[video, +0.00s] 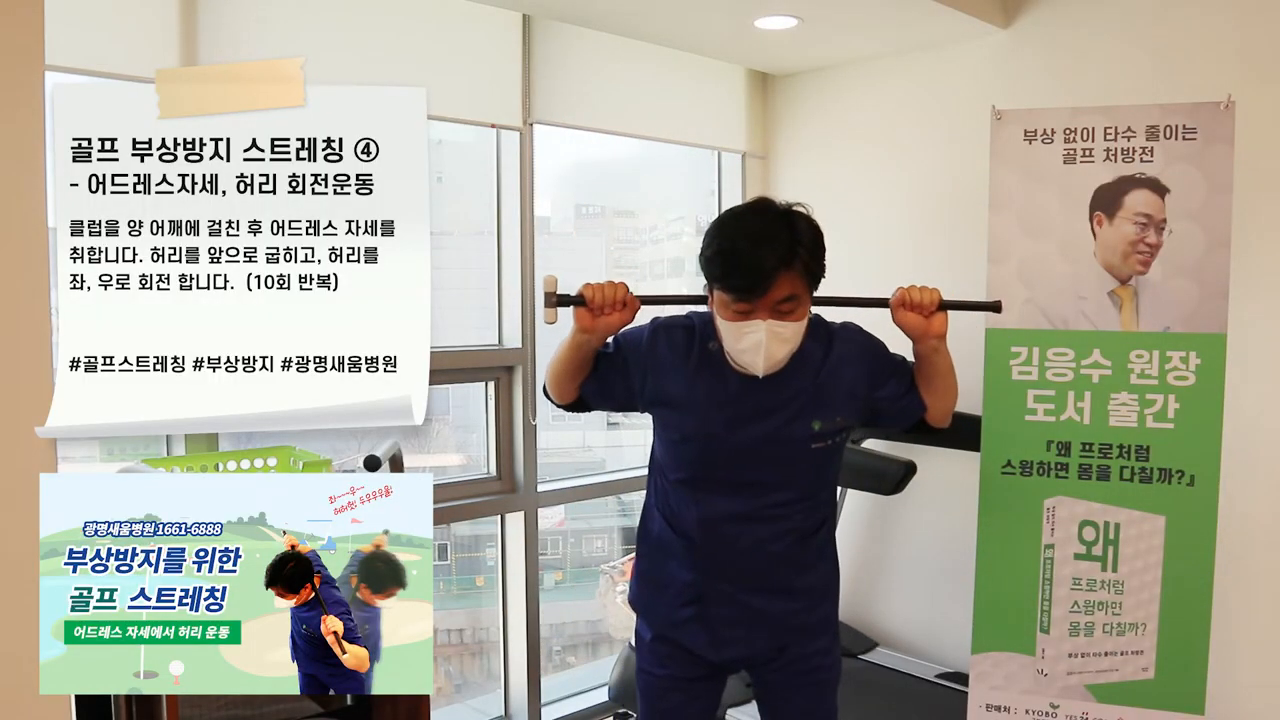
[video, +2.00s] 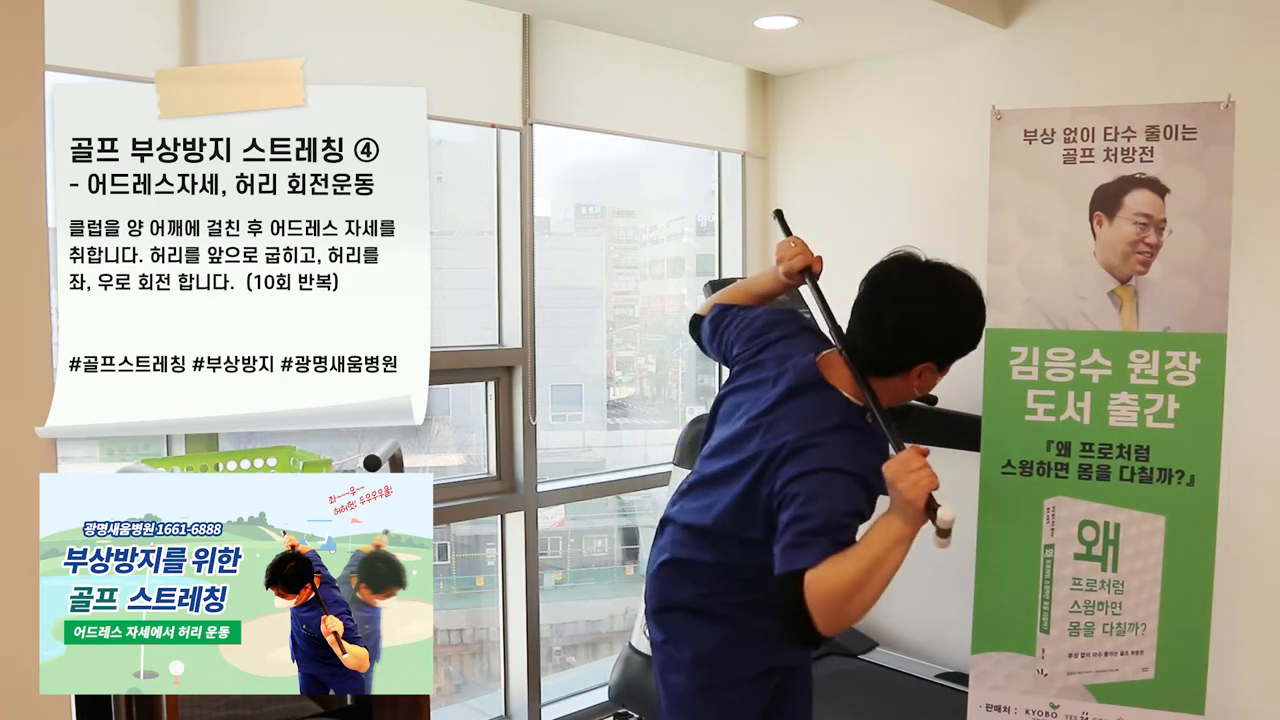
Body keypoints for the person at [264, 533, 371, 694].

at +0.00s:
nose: (278, 599)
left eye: (283, 596)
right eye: (276, 594)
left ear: (306, 590)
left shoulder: (334, 607)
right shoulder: (312, 570)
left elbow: (363, 665)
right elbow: (308, 552)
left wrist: (335, 642)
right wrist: (297, 547)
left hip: (344, 673)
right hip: (310, 667)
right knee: (312, 713)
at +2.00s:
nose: (278, 599)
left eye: (283, 595)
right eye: (276, 593)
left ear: (306, 589)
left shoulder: (334, 608)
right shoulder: (311, 569)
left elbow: (363, 665)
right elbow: (308, 552)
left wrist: (335, 642)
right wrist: (296, 547)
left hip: (344, 672)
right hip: (310, 666)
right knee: (312, 713)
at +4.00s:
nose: (278, 599)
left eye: (283, 595)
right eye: (276, 594)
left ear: (306, 590)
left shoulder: (334, 608)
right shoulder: (312, 570)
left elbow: (363, 665)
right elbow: (308, 552)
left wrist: (335, 642)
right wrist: (297, 547)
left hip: (344, 672)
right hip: (310, 667)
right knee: (312, 714)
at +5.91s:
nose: (278, 599)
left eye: (283, 595)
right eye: (276, 593)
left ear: (306, 590)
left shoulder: (334, 608)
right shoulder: (311, 570)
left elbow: (363, 665)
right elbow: (308, 552)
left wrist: (335, 642)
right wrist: (297, 547)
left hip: (344, 673)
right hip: (310, 667)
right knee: (312, 715)